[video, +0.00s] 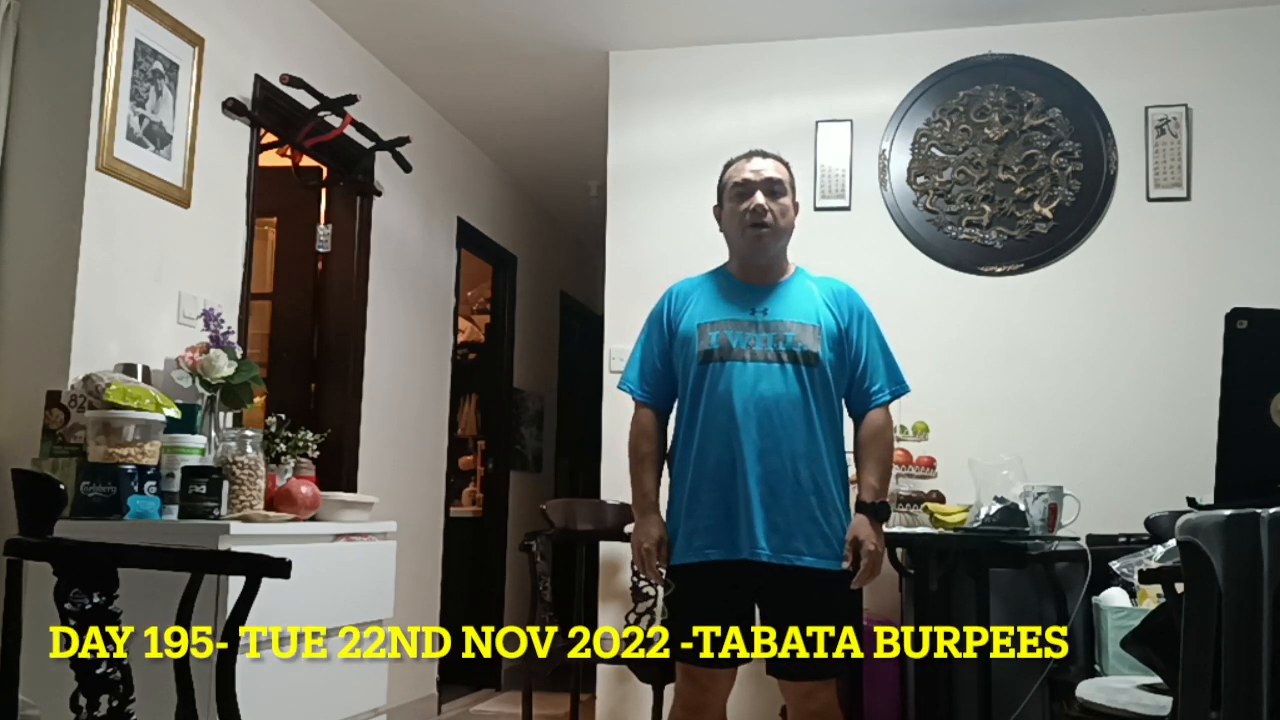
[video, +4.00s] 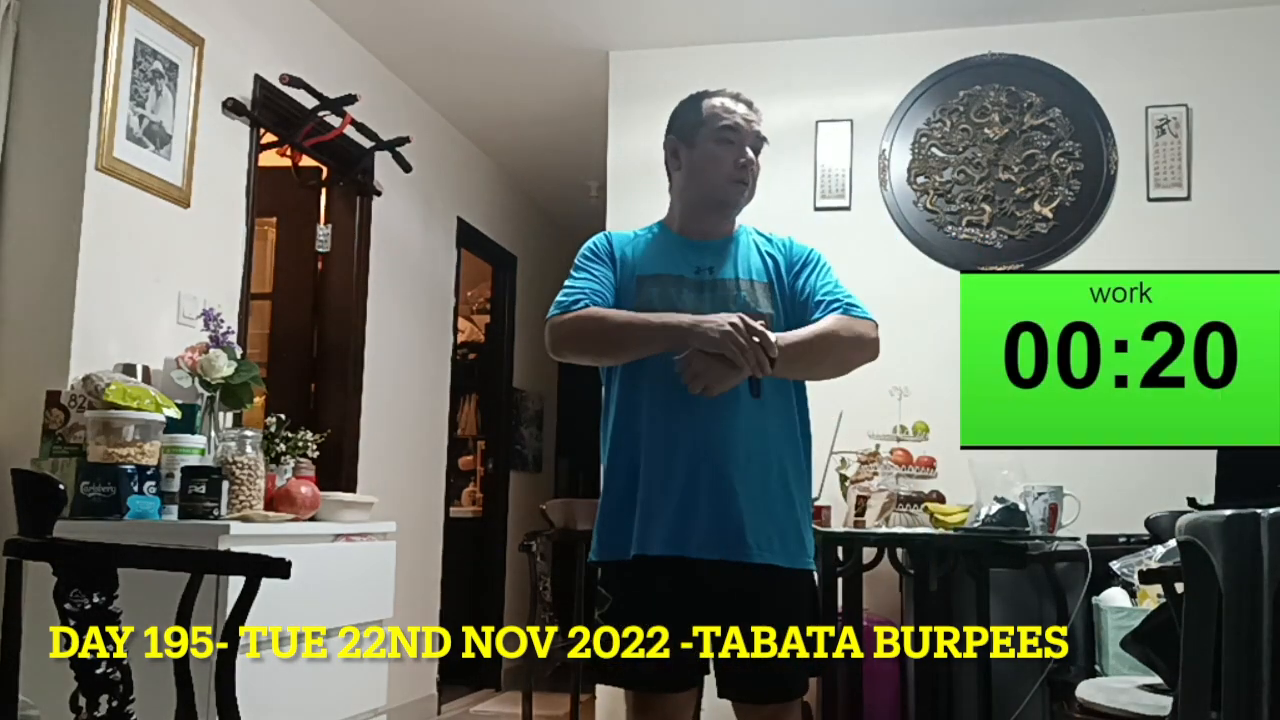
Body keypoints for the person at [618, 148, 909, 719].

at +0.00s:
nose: (758, 200)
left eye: (774, 190)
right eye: (742, 191)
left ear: (795, 213)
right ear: (719, 216)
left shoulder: (839, 304)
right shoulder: (682, 302)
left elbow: (875, 411)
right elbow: (647, 412)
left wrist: (870, 511)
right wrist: (645, 513)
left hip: (811, 545)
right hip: (706, 542)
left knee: (815, 701)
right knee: (699, 696)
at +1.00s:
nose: (714, 195)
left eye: (730, 186)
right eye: (697, 186)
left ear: (749, 209)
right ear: (673, 209)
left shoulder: (794, 296)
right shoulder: (635, 304)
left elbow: (832, 401)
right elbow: (600, 416)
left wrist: (825, 498)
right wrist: (592, 516)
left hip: (779, 537)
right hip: (672, 541)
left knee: (807, 690)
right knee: (678, 691)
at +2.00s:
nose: (990, 190)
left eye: (1004, 174)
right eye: (973, 163)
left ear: (1011, 184)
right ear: (914, 158)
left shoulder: (1000, 297)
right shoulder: (806, 235)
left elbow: (1079, 386)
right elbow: (736, 341)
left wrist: (1155, 461)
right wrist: (713, 456)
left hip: (890, 572)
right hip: (769, 537)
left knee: (873, 714)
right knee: (727, 702)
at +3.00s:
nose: (875, 159)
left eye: (884, 144)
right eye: (853, 138)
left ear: (891, 158)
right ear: (794, 148)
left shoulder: (910, 278)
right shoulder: (714, 254)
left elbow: (948, 411)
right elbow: (662, 380)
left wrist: (955, 529)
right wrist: (654, 501)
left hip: (851, 559)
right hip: (724, 544)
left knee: (855, 713)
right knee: (693, 706)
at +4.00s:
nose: (749, 159)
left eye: (757, 147)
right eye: (728, 141)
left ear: (763, 163)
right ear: (675, 154)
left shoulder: (789, 258)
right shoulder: (614, 253)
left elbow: (860, 336)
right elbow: (565, 334)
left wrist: (749, 353)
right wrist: (691, 328)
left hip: (770, 546)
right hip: (647, 542)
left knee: (778, 710)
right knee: (656, 709)